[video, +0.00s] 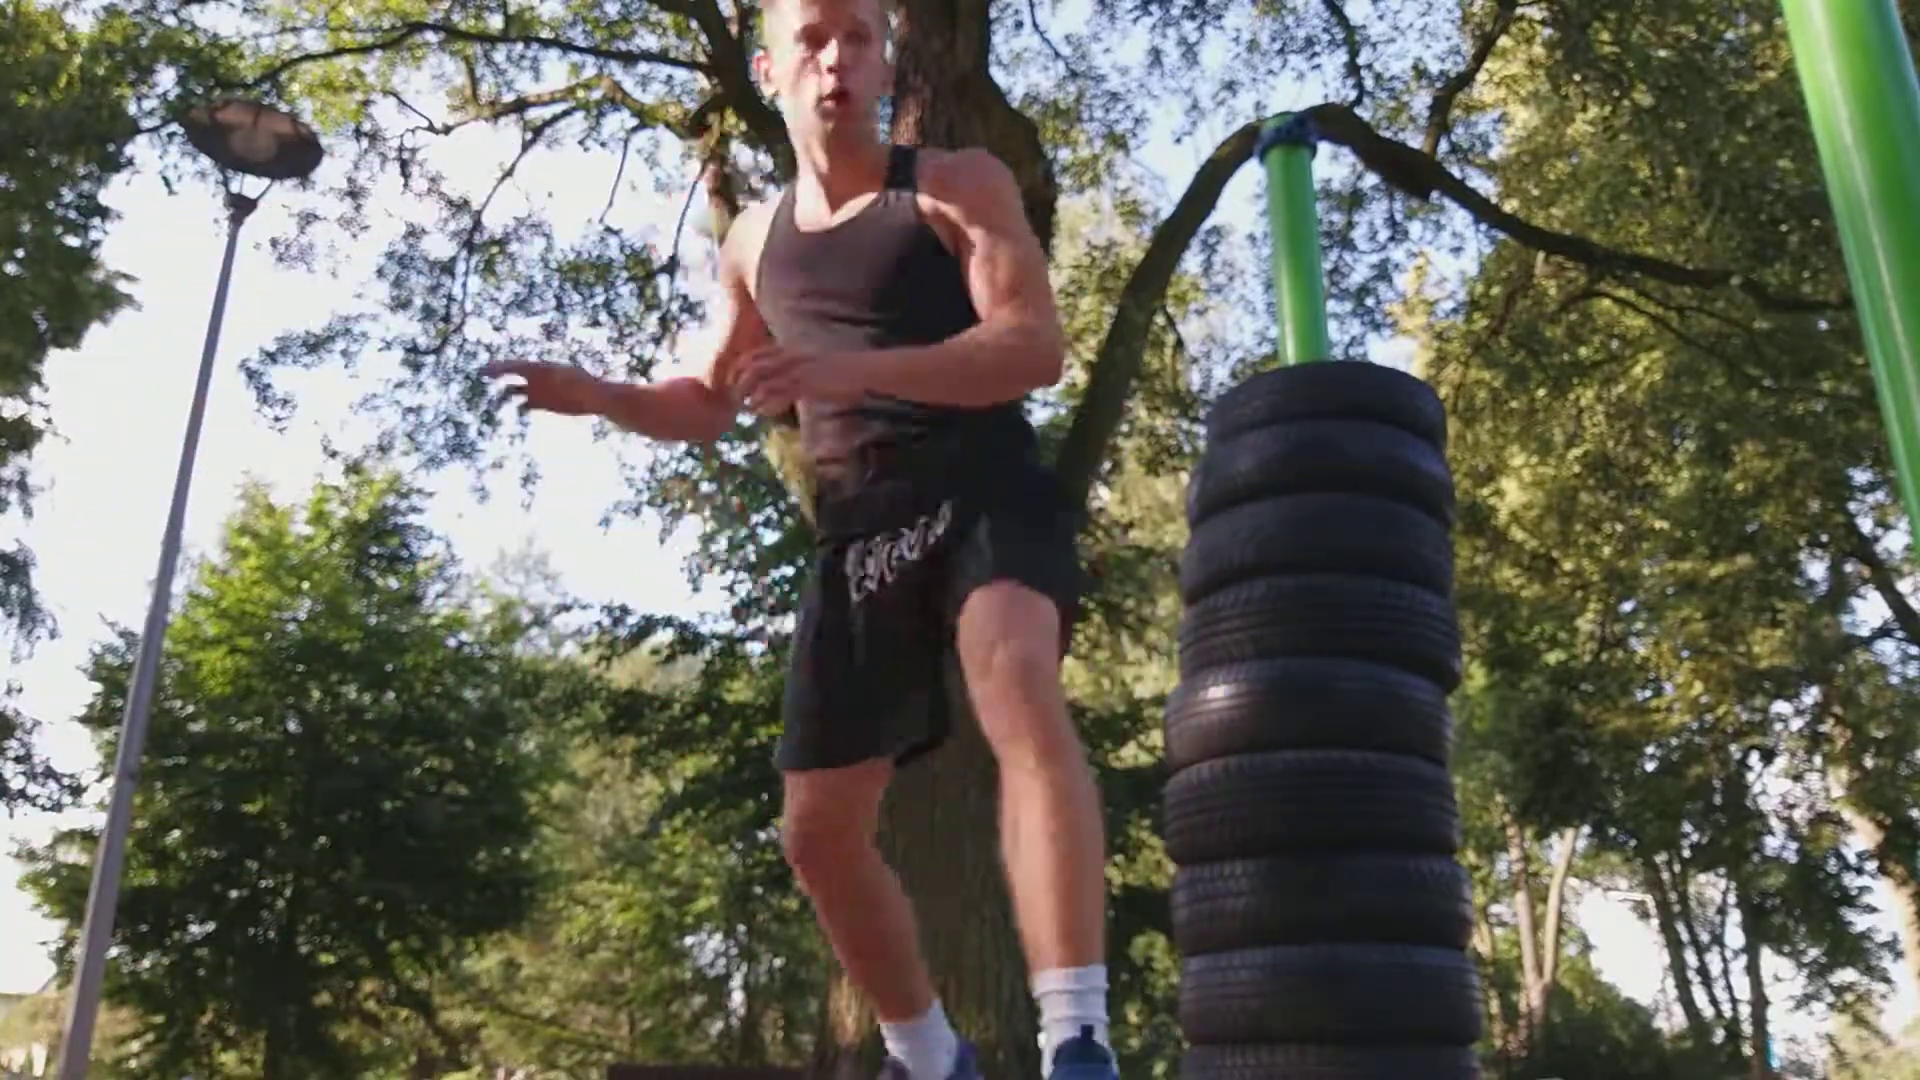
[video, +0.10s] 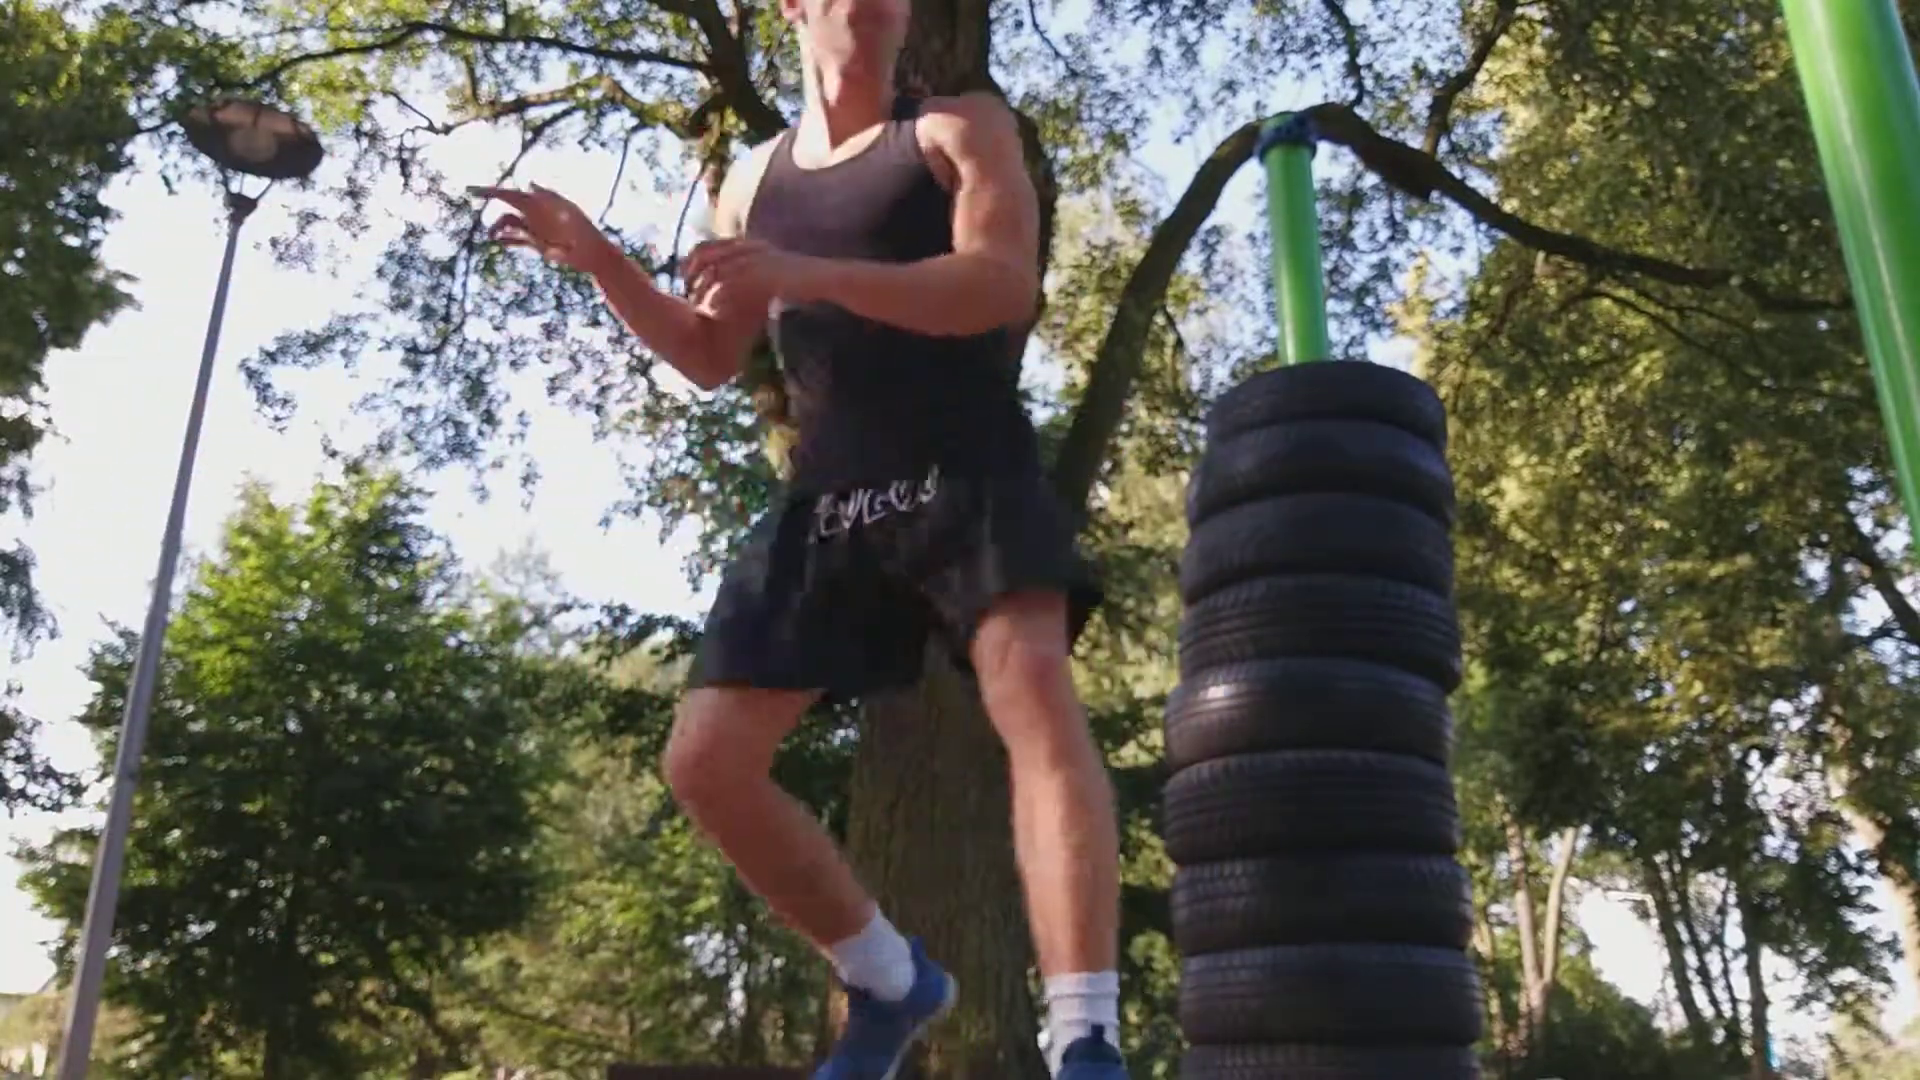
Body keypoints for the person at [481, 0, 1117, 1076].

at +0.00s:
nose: (837, 59)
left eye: (859, 36)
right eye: (811, 40)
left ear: (891, 58)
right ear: (768, 71)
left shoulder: (959, 181)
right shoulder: (755, 238)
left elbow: (1033, 344)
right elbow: (709, 405)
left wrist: (851, 370)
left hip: (984, 493)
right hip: (855, 535)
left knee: (1017, 683)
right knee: (820, 834)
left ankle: (1078, 1039)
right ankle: (933, 1060)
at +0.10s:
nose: (871, 0)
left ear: (907, 16)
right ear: (793, 15)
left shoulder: (961, 122)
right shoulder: (769, 175)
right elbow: (710, 354)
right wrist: (592, 254)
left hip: (969, 474)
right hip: (827, 500)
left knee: (1032, 678)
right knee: (707, 765)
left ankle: (1086, 1038)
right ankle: (891, 980)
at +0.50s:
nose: (800, 14)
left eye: (806, 12)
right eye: (797, 3)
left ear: (770, 14)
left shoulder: (750, 106)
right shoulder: (556, 27)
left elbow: (779, 305)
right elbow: (479, 55)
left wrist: (904, 293)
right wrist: (685, 11)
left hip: (739, 404)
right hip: (579, 386)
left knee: (865, 644)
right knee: (474, 594)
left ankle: (940, 1029)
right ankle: (373, 1021)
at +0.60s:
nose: (718, 26)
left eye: (721, 27)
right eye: (711, 16)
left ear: (696, 23)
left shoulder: (676, 94)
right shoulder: (534, 5)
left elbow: (652, 313)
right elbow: (438, 48)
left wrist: (802, 296)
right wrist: (644, 43)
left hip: (657, 384)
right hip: (527, 340)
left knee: (781, 660)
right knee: (460, 597)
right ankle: (369, 1018)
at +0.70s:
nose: (701, 21)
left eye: (704, 19)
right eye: (695, 5)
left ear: (648, 29)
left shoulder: (609, 142)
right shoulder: (495, 7)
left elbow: (587, 357)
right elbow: (356, 66)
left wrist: (720, 319)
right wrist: (570, 113)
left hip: (596, 420)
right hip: (471, 373)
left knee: (670, 725)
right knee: (417, 635)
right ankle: (360, 1021)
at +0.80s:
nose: (653, 75)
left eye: (657, 52)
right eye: (650, 40)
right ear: (592, 17)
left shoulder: (555, 205)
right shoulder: (444, 47)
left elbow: (544, 405)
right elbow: (292, 141)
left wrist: (678, 356)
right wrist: (478, 202)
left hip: (524, 485)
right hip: (416, 429)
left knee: (518, 786)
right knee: (397, 630)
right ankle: (352, 1024)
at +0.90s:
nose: (633, 132)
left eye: (636, 111)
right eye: (627, 104)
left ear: (565, 93)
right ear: (570, 82)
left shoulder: (534, 273)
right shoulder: (419, 111)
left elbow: (542, 441)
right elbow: (242, 199)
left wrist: (652, 374)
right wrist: (405, 244)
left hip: (452, 526)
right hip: (347, 470)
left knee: (416, 810)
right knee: (315, 690)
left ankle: (208, 1059)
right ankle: (308, 1000)